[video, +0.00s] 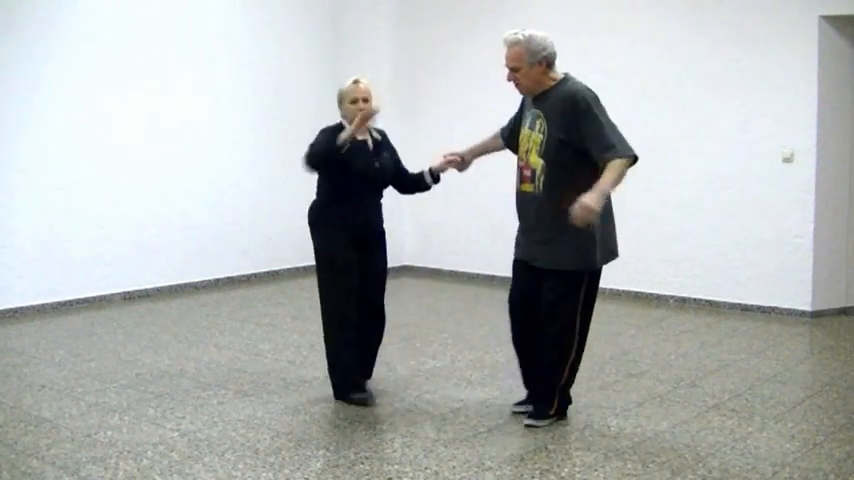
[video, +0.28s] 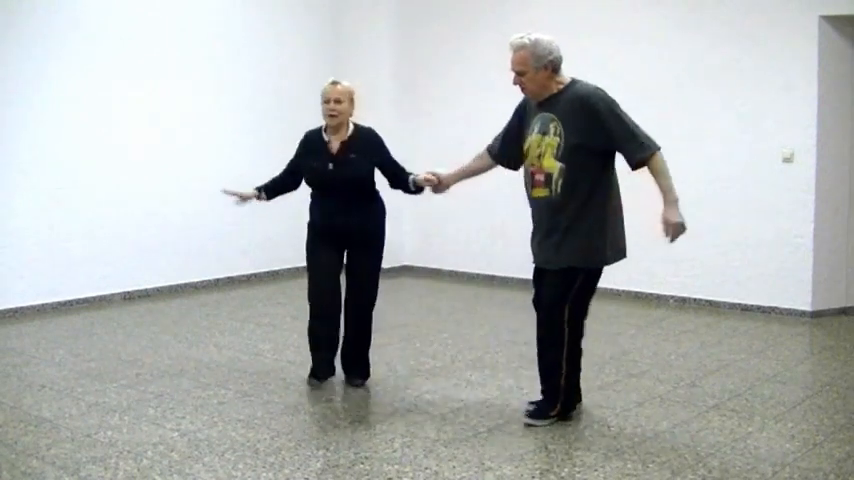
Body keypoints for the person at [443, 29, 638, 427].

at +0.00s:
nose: (509, 78)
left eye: (515, 71)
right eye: (508, 70)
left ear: (543, 66)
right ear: (535, 67)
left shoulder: (577, 99)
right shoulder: (532, 101)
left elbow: (622, 156)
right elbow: (510, 136)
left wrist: (597, 194)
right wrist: (469, 154)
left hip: (574, 242)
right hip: (534, 237)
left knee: (562, 322)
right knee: (525, 313)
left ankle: (554, 404)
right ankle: (538, 394)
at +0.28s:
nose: (516, 81)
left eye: (521, 74)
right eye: (514, 73)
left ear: (549, 71)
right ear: (537, 72)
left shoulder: (590, 101)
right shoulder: (528, 109)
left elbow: (646, 149)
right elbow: (495, 153)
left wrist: (671, 204)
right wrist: (449, 178)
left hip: (588, 235)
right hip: (549, 235)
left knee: (564, 312)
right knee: (547, 309)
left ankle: (564, 398)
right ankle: (557, 395)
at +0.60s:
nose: (516, 77)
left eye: (523, 70)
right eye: (516, 69)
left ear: (553, 70)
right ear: (533, 70)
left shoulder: (594, 103)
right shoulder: (519, 108)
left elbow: (650, 147)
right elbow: (467, 133)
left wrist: (692, 193)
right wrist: (417, 146)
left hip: (590, 239)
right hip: (546, 239)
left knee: (564, 321)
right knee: (551, 318)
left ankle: (555, 409)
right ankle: (563, 397)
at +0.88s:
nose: (492, 72)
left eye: (497, 65)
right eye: (492, 65)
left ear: (523, 66)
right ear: (519, 66)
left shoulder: (555, 96)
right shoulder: (517, 103)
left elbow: (593, 134)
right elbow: (491, 148)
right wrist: (443, 159)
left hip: (560, 247)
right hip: (523, 243)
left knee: (553, 327)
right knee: (498, 301)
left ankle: (555, 411)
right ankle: (522, 388)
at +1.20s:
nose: (451, 81)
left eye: (452, 74)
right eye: (452, 74)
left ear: (462, 70)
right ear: (488, 68)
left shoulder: (474, 102)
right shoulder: (507, 103)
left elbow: (448, 165)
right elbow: (526, 168)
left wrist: (401, 185)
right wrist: (472, 184)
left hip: (474, 237)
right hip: (498, 234)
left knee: (483, 319)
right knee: (455, 314)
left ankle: (541, 398)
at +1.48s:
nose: (416, 72)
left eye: (415, 67)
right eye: (419, 68)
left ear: (419, 66)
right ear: (452, 65)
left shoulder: (417, 96)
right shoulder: (477, 101)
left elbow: (407, 161)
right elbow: (495, 170)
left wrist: (393, 214)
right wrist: (468, 202)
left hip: (421, 228)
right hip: (464, 228)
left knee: (388, 302)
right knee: (454, 306)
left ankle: (426, 396)